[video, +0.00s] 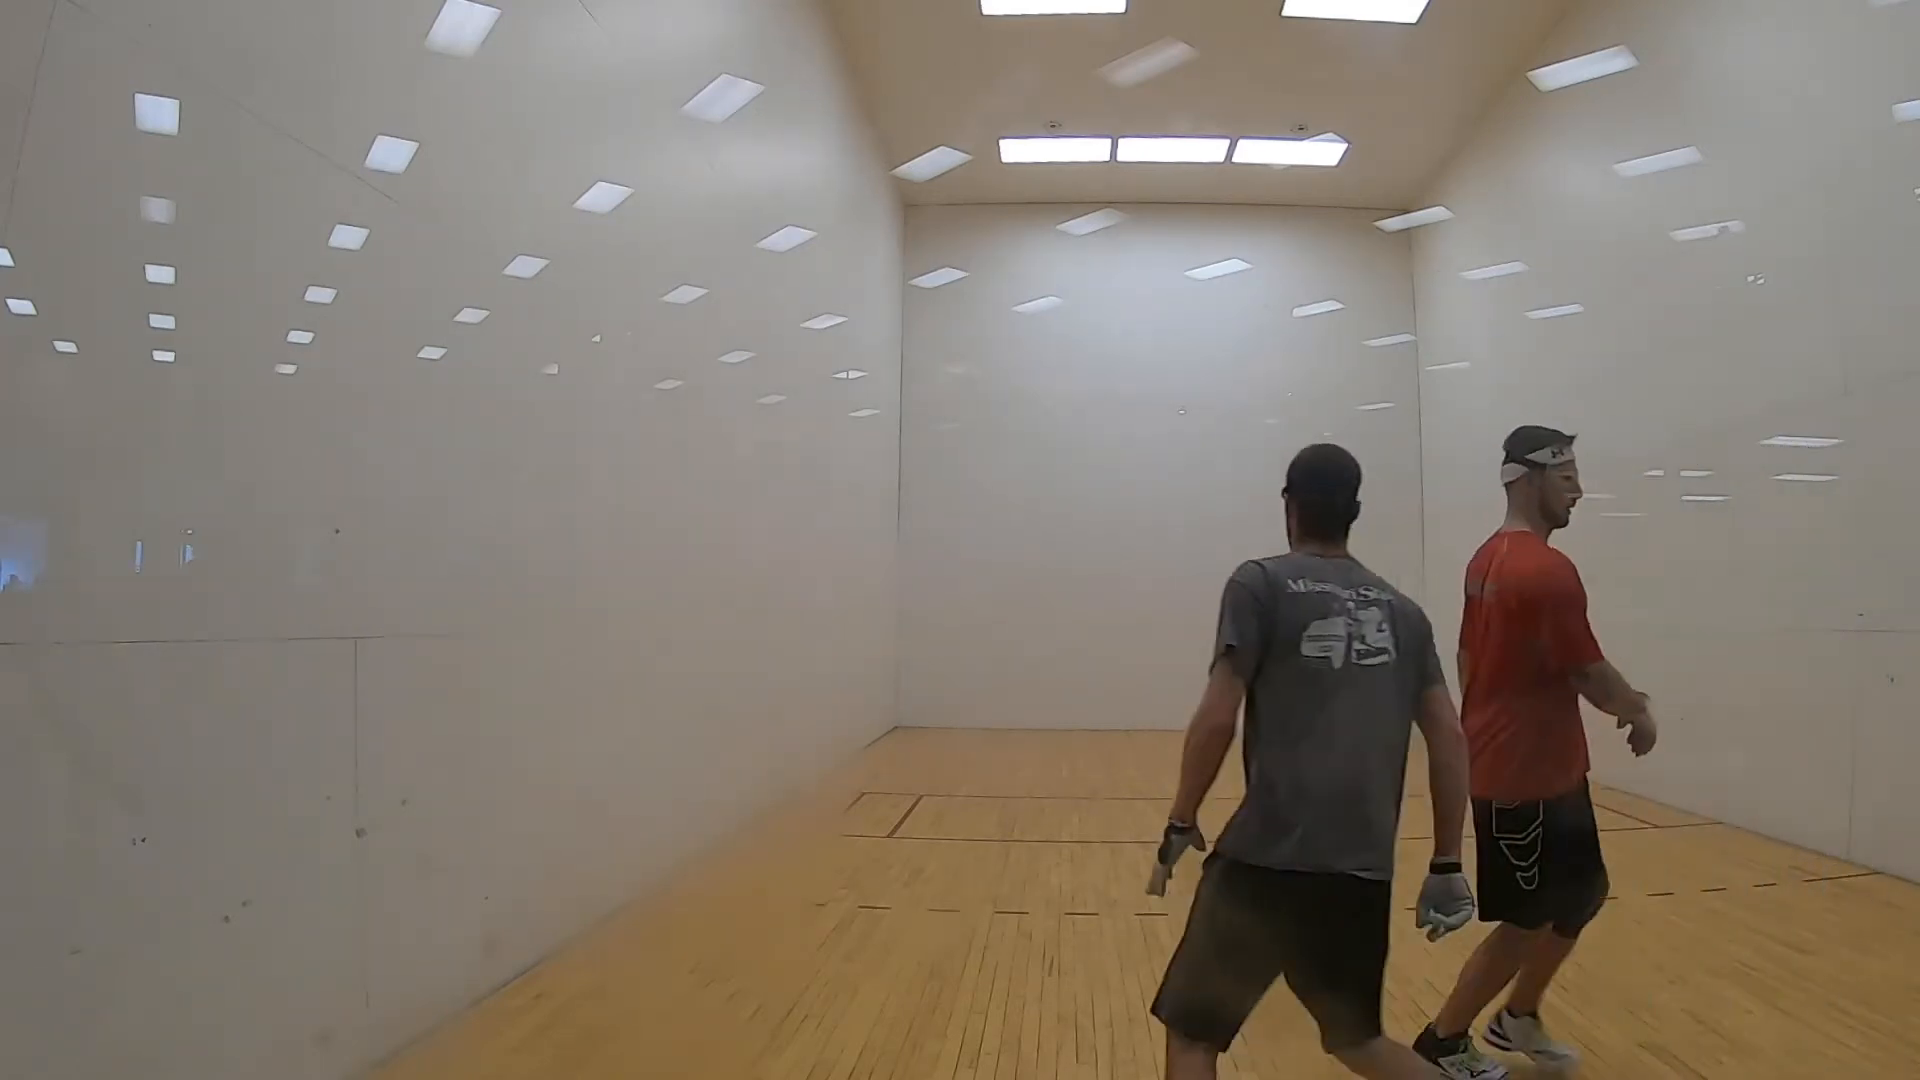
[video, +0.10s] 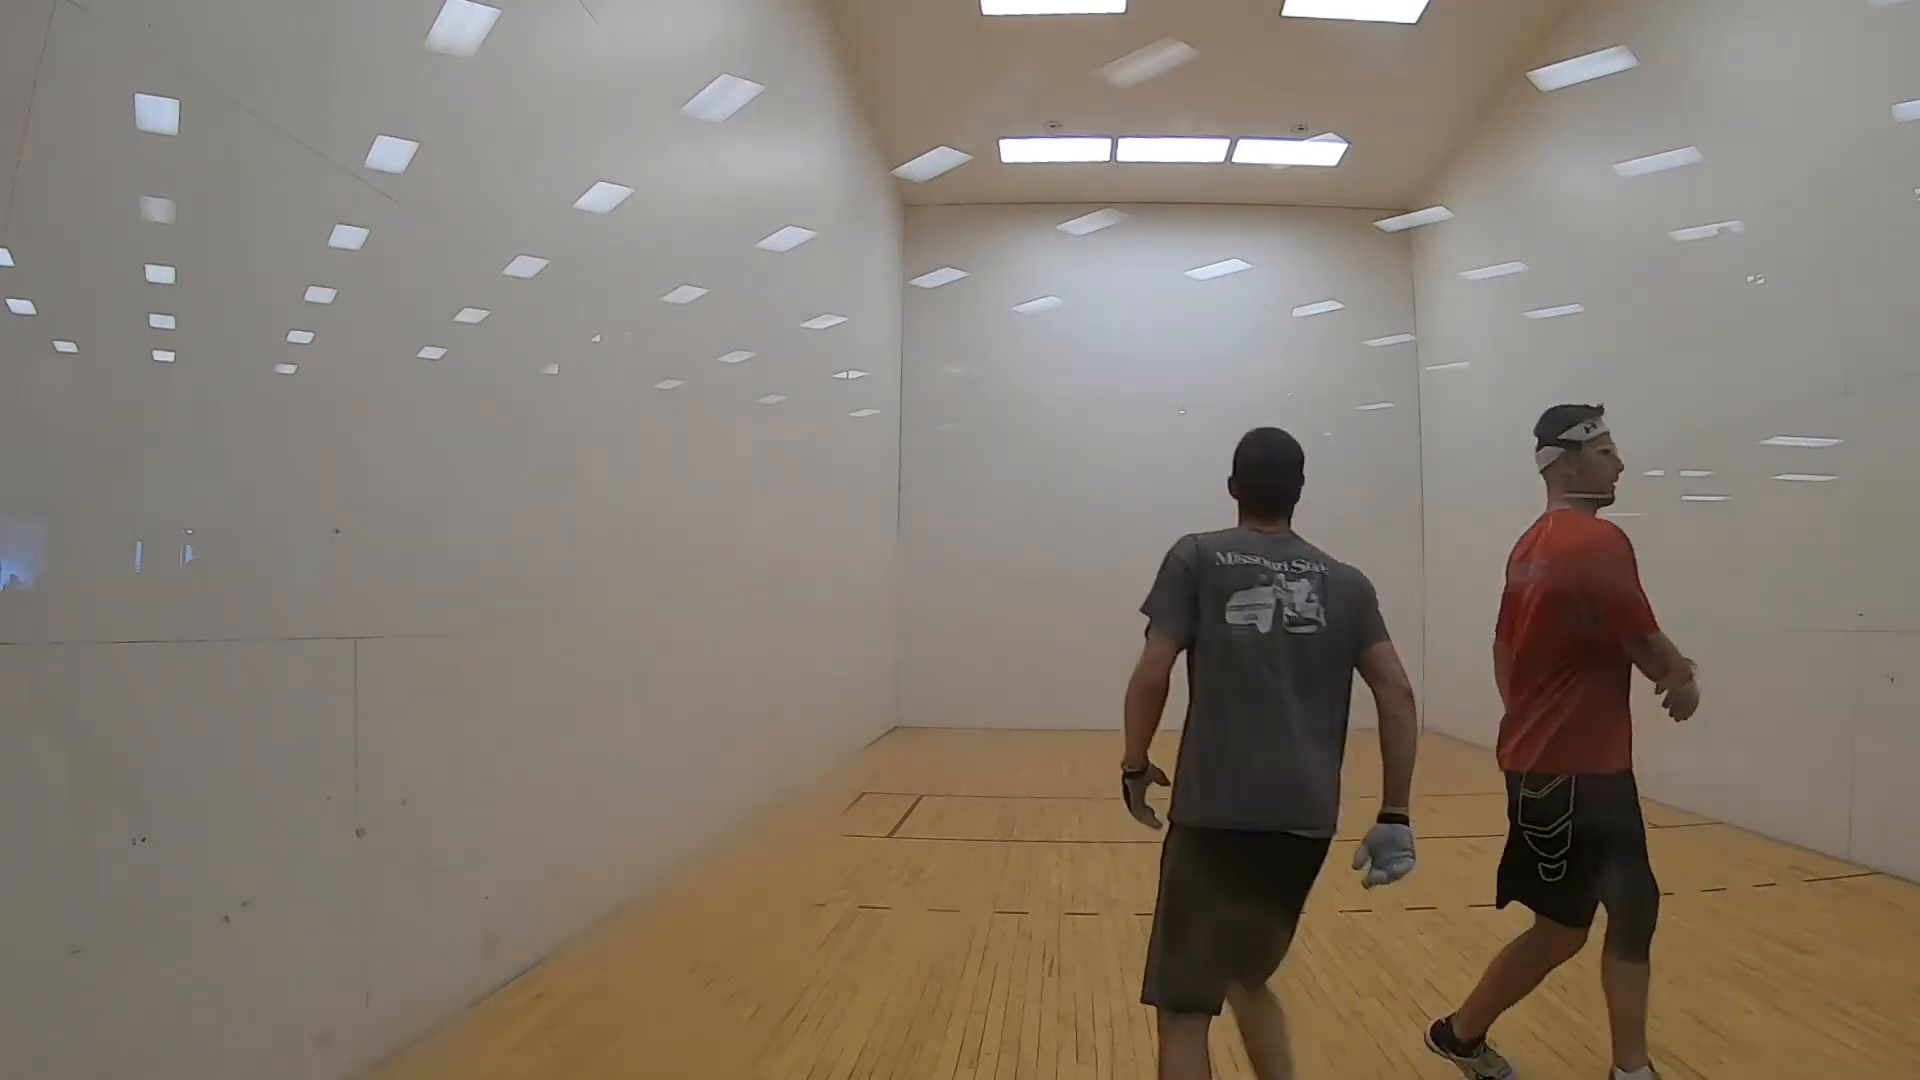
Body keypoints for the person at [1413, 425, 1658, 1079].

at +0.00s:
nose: (1577, 485)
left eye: (1575, 473)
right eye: (1565, 473)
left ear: (1521, 484)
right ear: (1526, 481)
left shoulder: (1487, 560)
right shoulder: (1548, 570)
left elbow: (1471, 668)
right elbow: (1589, 672)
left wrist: (1476, 742)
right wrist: (1638, 710)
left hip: (1540, 773)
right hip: (1525, 779)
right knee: (1530, 917)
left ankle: (1518, 1019)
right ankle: (1442, 1041)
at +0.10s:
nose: (1618, 459)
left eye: (1613, 446)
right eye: (1604, 448)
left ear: (1559, 466)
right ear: (1564, 464)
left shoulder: (1534, 543)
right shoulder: (1598, 542)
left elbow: (1604, 632)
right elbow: (1648, 649)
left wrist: (1673, 662)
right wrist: (1684, 685)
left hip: (1591, 765)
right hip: (1564, 769)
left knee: (1634, 908)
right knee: (1561, 932)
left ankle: (1632, 1069)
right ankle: (1460, 1032)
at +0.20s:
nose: (1660, 472)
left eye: (1653, 460)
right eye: (1644, 463)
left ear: (1601, 488)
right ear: (1600, 484)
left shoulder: (1582, 566)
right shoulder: (1637, 564)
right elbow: (1716, 675)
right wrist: (1736, 670)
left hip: (1623, 792)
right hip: (1617, 797)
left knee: (1684, 967)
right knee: (1652, 975)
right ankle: (1503, 1060)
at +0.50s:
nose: (1778, 510)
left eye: (1768, 497)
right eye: (1759, 501)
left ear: (1725, 533)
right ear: (1724, 528)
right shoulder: (1726, 636)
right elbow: (1770, 790)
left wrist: (1848, 832)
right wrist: (1863, 845)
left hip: (1684, 865)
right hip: (1701, 877)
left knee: (1754, 1030)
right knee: (1812, 1052)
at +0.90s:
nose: (1836, 488)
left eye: (1829, 477)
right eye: (1823, 479)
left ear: (1787, 500)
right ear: (1792, 498)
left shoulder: (1791, 576)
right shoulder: (1756, 564)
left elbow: (1857, 656)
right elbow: (1768, 606)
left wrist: (1908, 702)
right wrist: (1875, 618)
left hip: (1708, 778)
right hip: (1691, 784)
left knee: (1735, 933)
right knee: (1764, 950)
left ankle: (1731, 1060)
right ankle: (1691, 1075)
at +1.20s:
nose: (1848, 621)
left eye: (1842, 612)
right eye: (1840, 616)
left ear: (1786, 627)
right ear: (1820, 634)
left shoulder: (1743, 648)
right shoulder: (1774, 698)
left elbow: (1681, 662)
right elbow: (1832, 737)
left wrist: (1640, 698)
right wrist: (1893, 676)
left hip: (1622, 808)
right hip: (1675, 847)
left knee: (1678, 907)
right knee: (1717, 989)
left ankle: (1674, 1000)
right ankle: (1655, 1074)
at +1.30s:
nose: (1831, 641)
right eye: (1834, 633)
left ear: (1781, 609)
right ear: (1825, 637)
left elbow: (1625, 662)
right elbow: (1839, 797)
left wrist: (1597, 716)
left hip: (1628, 814)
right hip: (1692, 855)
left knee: (1675, 894)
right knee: (1704, 974)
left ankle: (1674, 997)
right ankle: (1673, 1047)